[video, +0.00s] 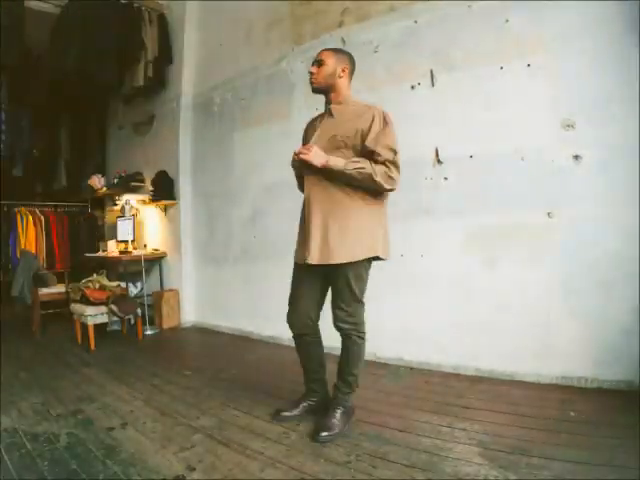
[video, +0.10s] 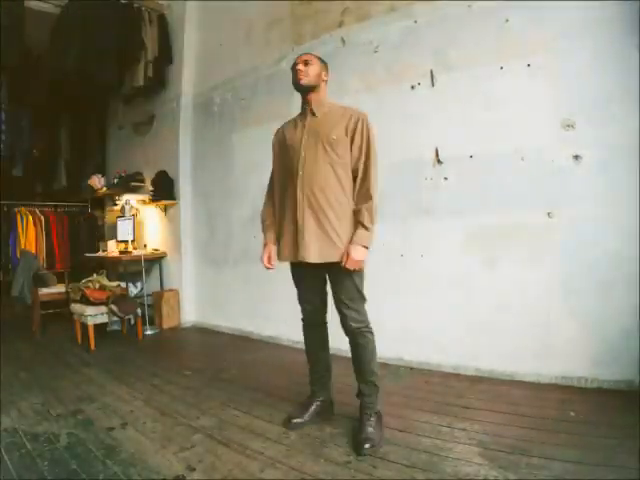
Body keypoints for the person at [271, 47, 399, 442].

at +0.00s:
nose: (311, 71)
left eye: (318, 65)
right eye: (312, 65)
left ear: (342, 72)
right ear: (335, 73)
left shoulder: (374, 118)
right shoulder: (314, 126)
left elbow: (387, 177)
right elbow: (307, 186)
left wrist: (328, 161)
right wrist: (301, 165)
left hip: (354, 238)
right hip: (315, 237)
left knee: (348, 320)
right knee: (300, 319)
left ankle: (342, 405)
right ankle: (315, 396)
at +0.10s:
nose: (300, 67)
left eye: (307, 63)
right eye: (296, 65)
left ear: (324, 75)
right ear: (293, 78)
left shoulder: (353, 121)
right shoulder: (284, 133)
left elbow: (366, 187)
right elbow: (275, 189)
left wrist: (361, 239)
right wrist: (270, 237)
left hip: (342, 242)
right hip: (300, 244)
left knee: (355, 323)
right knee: (313, 322)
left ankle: (370, 411)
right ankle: (320, 398)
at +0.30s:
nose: (329, 74)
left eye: (334, 69)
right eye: (321, 69)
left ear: (341, 77)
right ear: (309, 79)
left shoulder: (357, 128)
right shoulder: (288, 130)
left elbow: (371, 181)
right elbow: (279, 184)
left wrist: (377, 229)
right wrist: (280, 234)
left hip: (353, 234)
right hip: (312, 236)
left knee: (355, 313)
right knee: (315, 315)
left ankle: (351, 380)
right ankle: (319, 386)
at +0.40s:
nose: (316, 92)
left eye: (322, 87)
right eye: (314, 87)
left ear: (343, 91)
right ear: (315, 95)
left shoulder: (363, 120)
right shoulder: (320, 133)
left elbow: (392, 157)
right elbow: (311, 170)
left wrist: (343, 147)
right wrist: (309, 119)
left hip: (360, 228)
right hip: (327, 229)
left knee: (361, 309)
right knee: (330, 310)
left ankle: (367, 387)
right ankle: (339, 381)